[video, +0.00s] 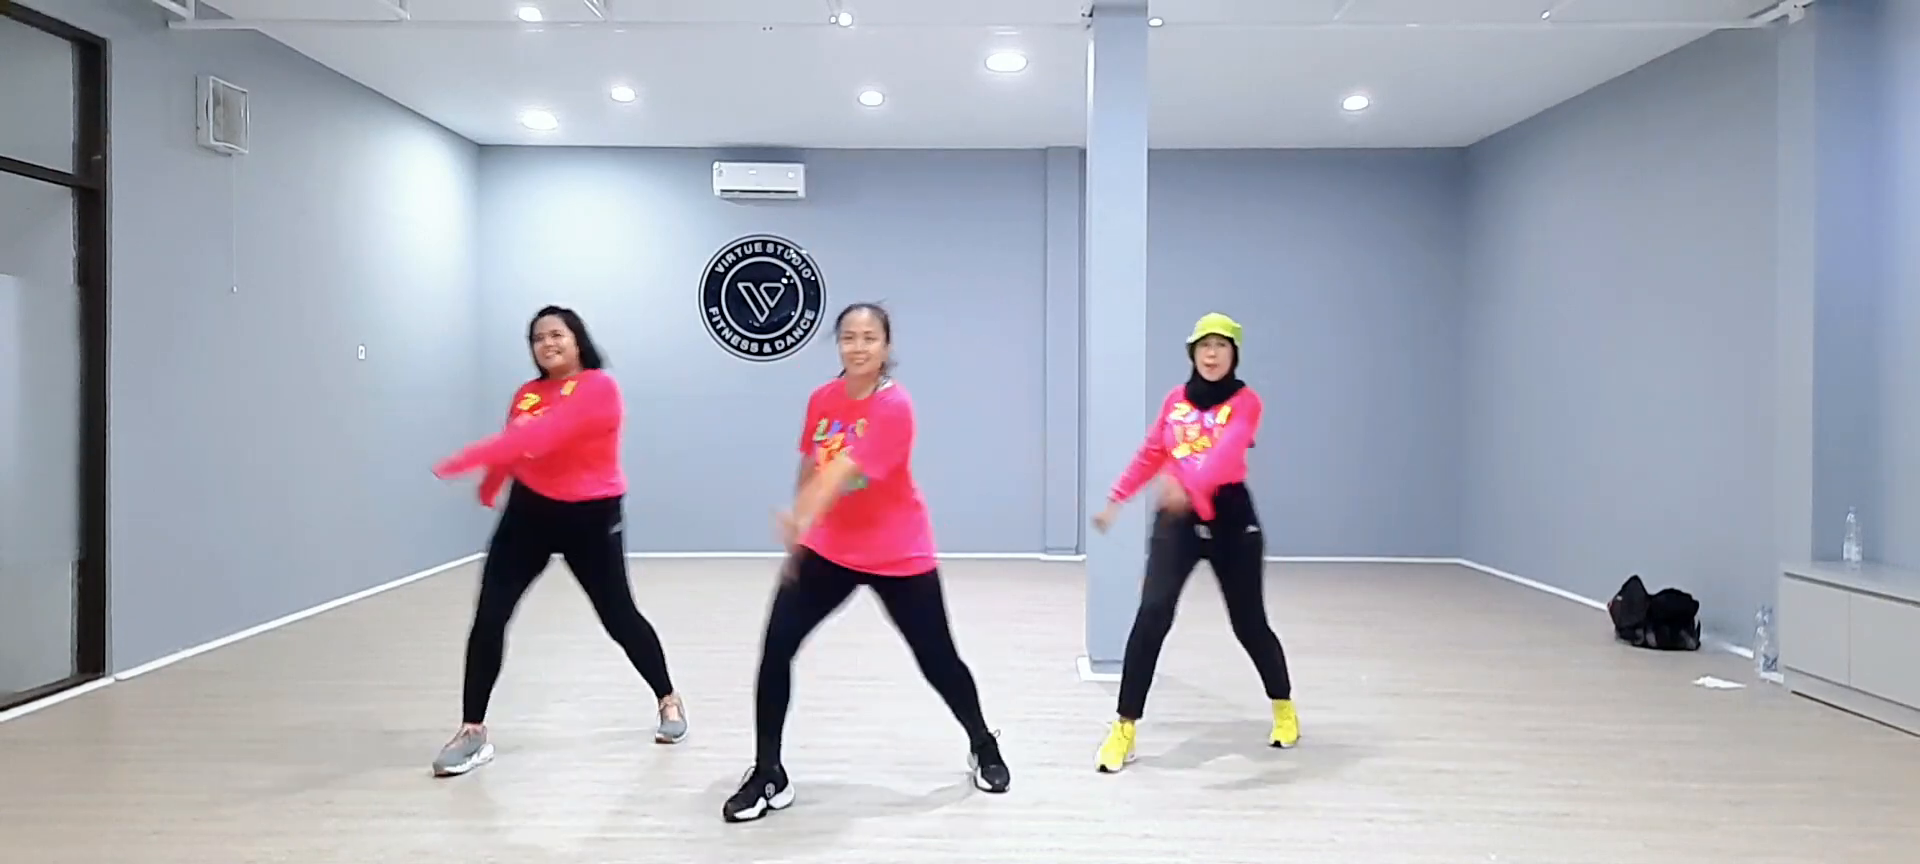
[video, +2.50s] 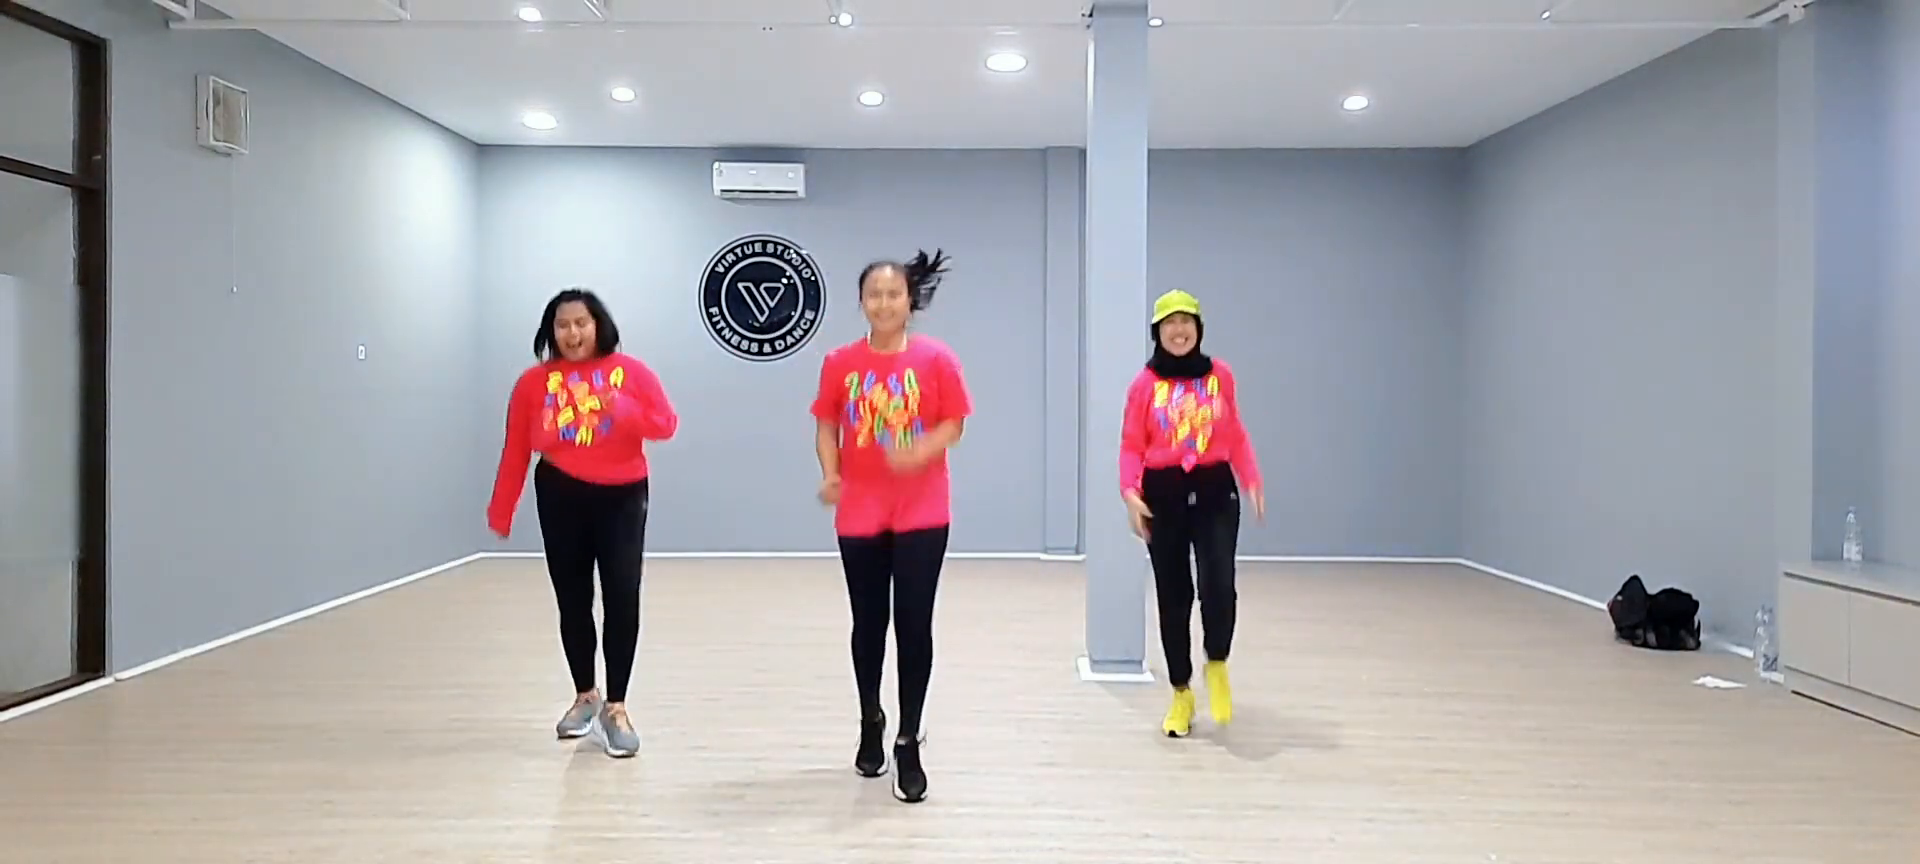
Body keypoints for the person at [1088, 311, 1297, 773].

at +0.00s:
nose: (1212, 354)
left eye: (1221, 346)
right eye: (1205, 345)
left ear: (1235, 355)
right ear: (1193, 352)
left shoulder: (1246, 402)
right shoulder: (1176, 400)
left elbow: (1227, 453)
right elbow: (1152, 454)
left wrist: (1186, 483)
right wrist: (1115, 500)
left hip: (1231, 519)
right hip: (1177, 517)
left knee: (1248, 624)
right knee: (1152, 617)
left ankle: (1283, 709)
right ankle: (1124, 726)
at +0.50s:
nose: (1134, 345)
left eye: (1143, 337)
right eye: (1126, 336)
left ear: (1157, 343)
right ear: (1113, 342)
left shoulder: (1184, 380)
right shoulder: (1098, 398)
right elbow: (1051, 434)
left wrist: (1239, 441)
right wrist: (997, 458)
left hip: (1163, 518)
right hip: (1108, 515)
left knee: (1158, 640)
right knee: (1096, 627)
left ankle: (1115, 704)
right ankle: (1072, 737)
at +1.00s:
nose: (1209, 328)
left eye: (1217, 319)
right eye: (1199, 320)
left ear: (1230, 328)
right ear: (1182, 329)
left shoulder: (1246, 384)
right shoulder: (1165, 380)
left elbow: (1251, 457)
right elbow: (1176, 437)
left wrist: (1262, 517)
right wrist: (1247, 423)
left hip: (1241, 516)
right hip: (1179, 513)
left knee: (1257, 640)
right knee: (1140, 631)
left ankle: (1268, 769)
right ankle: (1115, 721)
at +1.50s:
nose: (1224, 316)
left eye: (1232, 306)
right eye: (1214, 306)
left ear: (1245, 313)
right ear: (1198, 312)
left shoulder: (1263, 370)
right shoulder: (1176, 365)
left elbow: (1278, 437)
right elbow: (1154, 436)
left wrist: (1325, 415)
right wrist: (1129, 404)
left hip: (1246, 496)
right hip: (1186, 493)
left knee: (1246, 626)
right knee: (1187, 609)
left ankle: (1243, 754)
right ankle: (1173, 710)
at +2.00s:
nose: (1204, 309)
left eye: (1212, 300)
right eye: (1195, 300)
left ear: (1222, 307)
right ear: (1179, 305)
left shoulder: (1232, 359)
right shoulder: (1154, 351)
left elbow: (1249, 424)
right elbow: (1124, 416)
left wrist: (1277, 383)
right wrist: (1109, 377)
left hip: (1221, 473)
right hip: (1165, 473)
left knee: (1211, 595)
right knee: (1172, 595)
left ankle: (1206, 708)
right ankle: (1168, 730)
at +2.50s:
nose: (1178, 330)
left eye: (1185, 322)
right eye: (1170, 323)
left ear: (1198, 329)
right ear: (1157, 331)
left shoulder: (1220, 376)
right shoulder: (1144, 384)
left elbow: (1234, 434)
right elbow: (1131, 444)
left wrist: (1252, 483)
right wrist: (1130, 491)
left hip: (1214, 490)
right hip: (1163, 493)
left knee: (1219, 587)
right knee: (1173, 596)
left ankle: (1217, 668)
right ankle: (1180, 693)